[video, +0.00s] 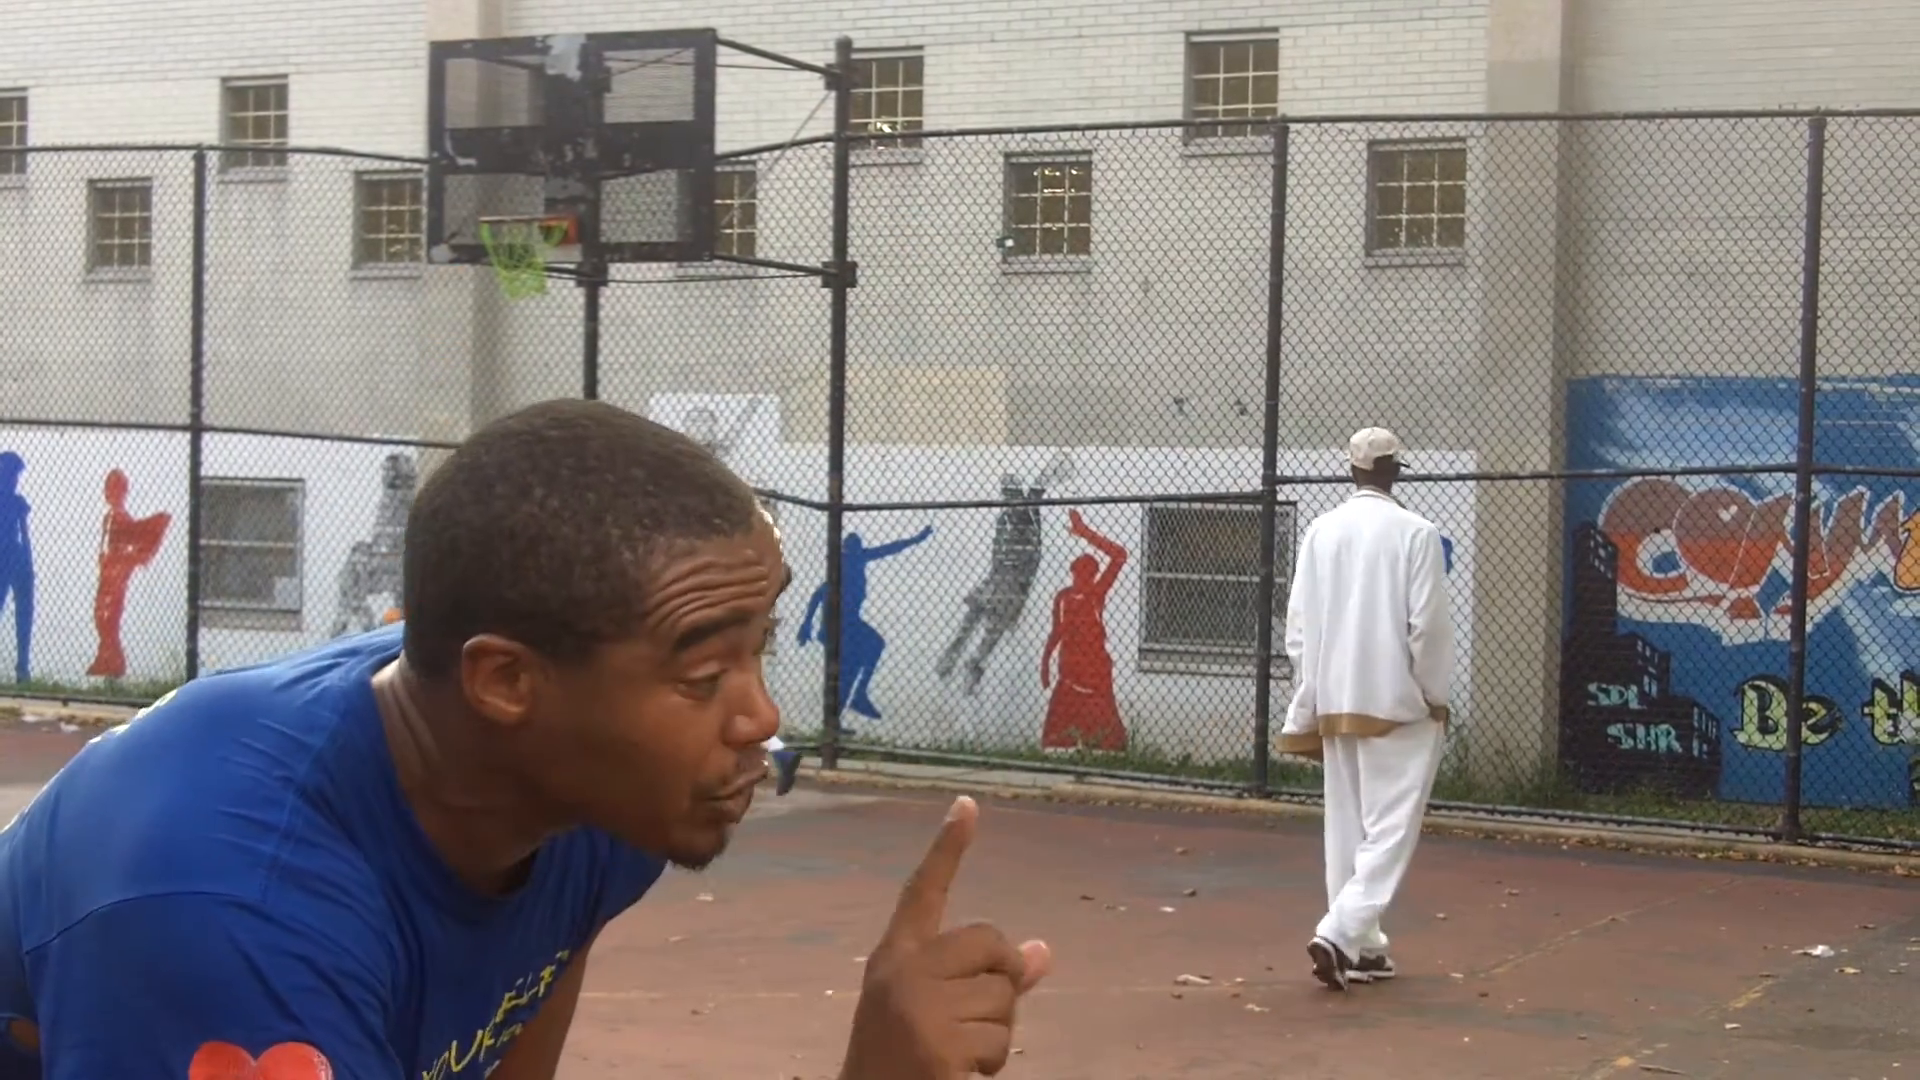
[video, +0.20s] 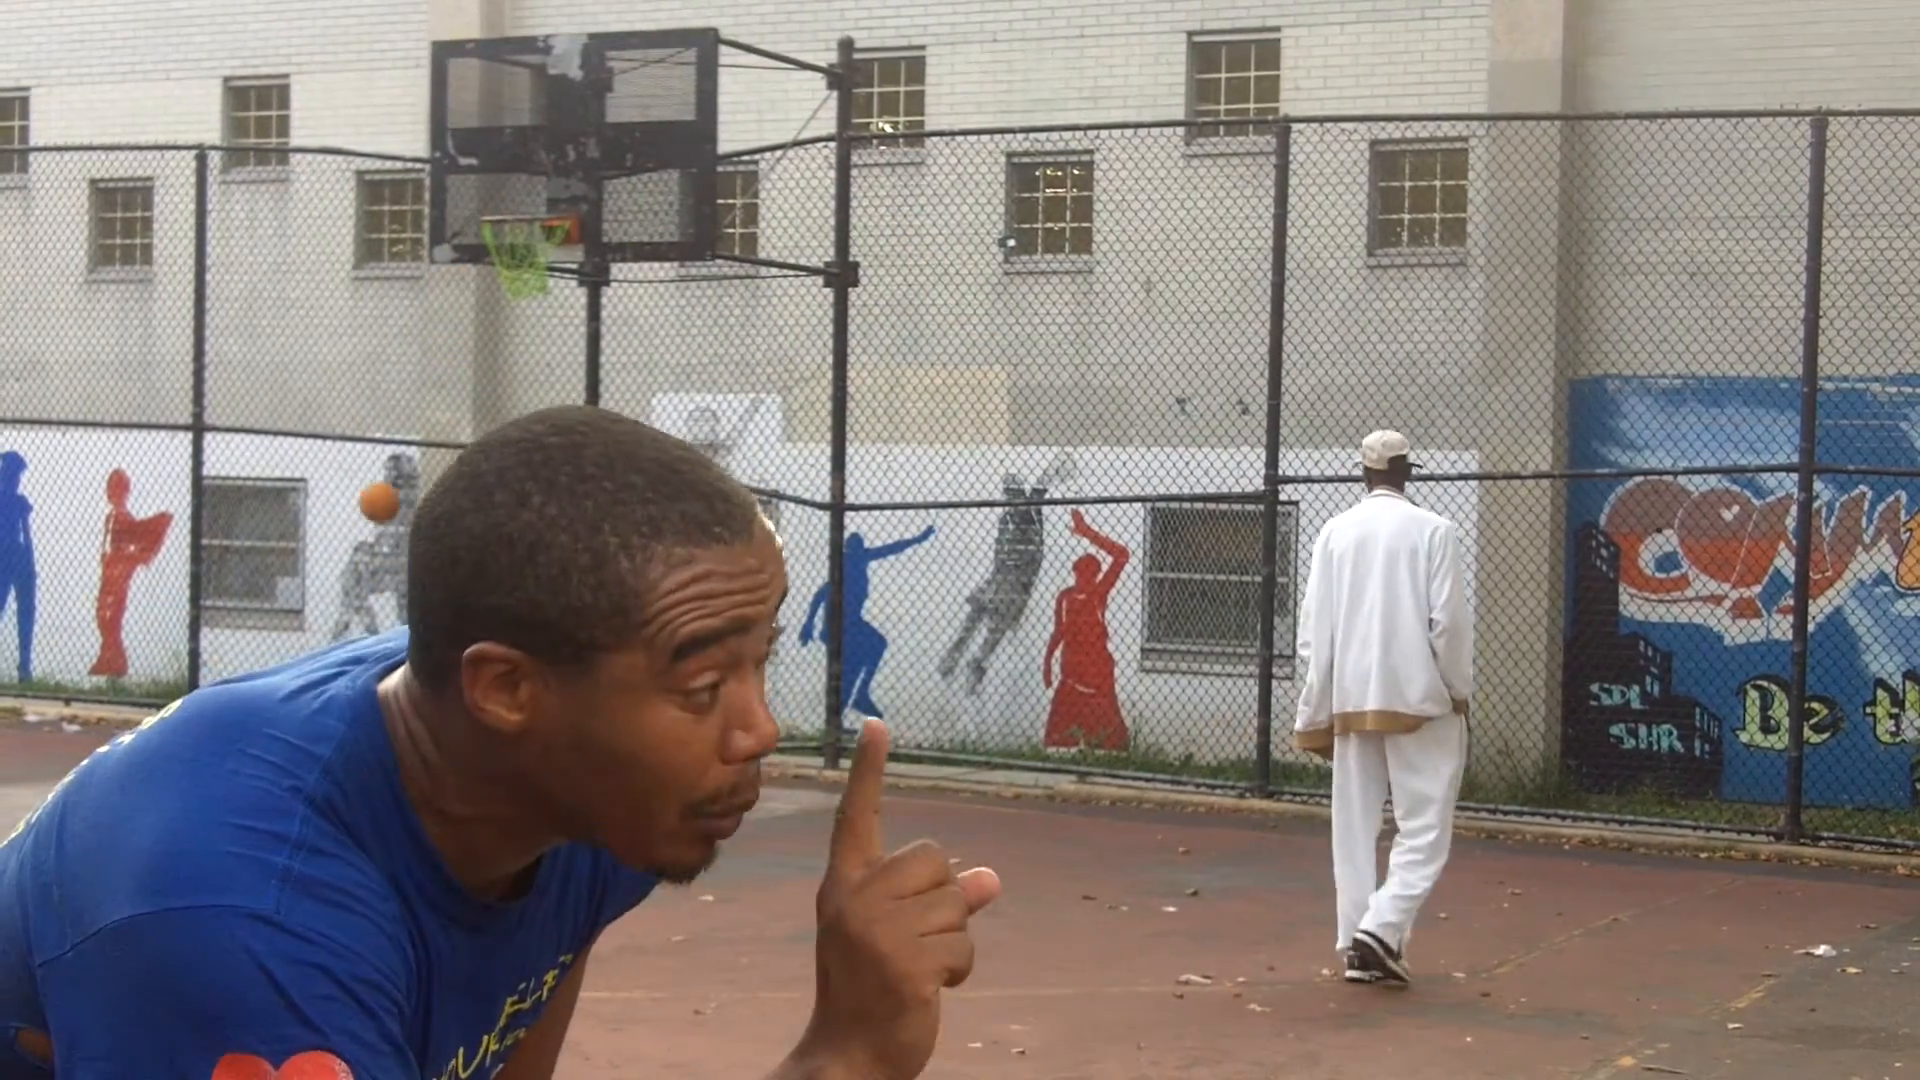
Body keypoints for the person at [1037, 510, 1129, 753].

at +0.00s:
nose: (1083, 578)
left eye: (1088, 573)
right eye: (1079, 572)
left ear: (1094, 575)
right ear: (1073, 572)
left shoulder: (1098, 593)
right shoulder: (1063, 596)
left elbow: (1119, 556)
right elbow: (1057, 631)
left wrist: (1085, 532)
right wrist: (1045, 661)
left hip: (1096, 659)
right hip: (1070, 660)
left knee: (1099, 707)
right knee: (1064, 707)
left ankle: (1107, 748)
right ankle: (1058, 747)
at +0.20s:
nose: (1086, 578)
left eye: (1090, 572)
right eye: (1082, 572)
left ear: (1097, 575)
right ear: (1075, 572)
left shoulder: (1100, 592)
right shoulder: (1065, 596)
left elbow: (1121, 556)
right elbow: (1059, 631)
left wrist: (1087, 532)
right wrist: (1047, 660)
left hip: (1098, 659)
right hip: (1072, 658)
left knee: (1102, 707)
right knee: (1066, 707)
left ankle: (1111, 748)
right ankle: (1058, 748)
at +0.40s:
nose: (1083, 577)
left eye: (1088, 572)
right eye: (1079, 571)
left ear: (1094, 574)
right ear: (1073, 571)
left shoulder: (1098, 591)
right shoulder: (1062, 596)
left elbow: (1119, 555)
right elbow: (1056, 630)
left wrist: (1085, 532)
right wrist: (1045, 661)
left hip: (1095, 658)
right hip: (1070, 658)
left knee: (1099, 707)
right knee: (1064, 707)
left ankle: (1108, 747)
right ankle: (1057, 747)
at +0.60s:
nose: (1083, 577)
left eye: (1088, 572)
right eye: (1080, 571)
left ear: (1095, 574)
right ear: (1073, 571)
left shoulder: (1099, 591)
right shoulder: (1063, 595)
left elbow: (1120, 555)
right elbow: (1057, 630)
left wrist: (1086, 532)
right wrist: (1046, 660)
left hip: (1096, 658)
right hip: (1070, 658)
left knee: (1100, 706)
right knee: (1065, 706)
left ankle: (1109, 746)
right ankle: (1058, 746)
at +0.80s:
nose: (1084, 576)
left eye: (1089, 571)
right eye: (1080, 571)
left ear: (1095, 574)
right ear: (1074, 571)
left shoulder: (1099, 591)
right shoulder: (1064, 595)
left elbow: (1121, 555)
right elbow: (1058, 630)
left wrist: (1087, 531)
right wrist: (1046, 660)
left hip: (1097, 658)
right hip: (1071, 658)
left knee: (1100, 706)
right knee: (1066, 706)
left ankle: (1110, 746)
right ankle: (1059, 745)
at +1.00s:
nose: (1085, 576)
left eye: (1090, 571)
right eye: (1081, 571)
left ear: (1096, 574)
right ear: (1075, 570)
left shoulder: (1101, 590)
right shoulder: (1065, 595)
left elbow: (1122, 554)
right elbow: (1059, 630)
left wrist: (1088, 531)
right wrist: (1048, 660)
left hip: (1098, 657)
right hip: (1072, 657)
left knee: (1101, 705)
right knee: (1067, 705)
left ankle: (1111, 745)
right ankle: (1061, 744)